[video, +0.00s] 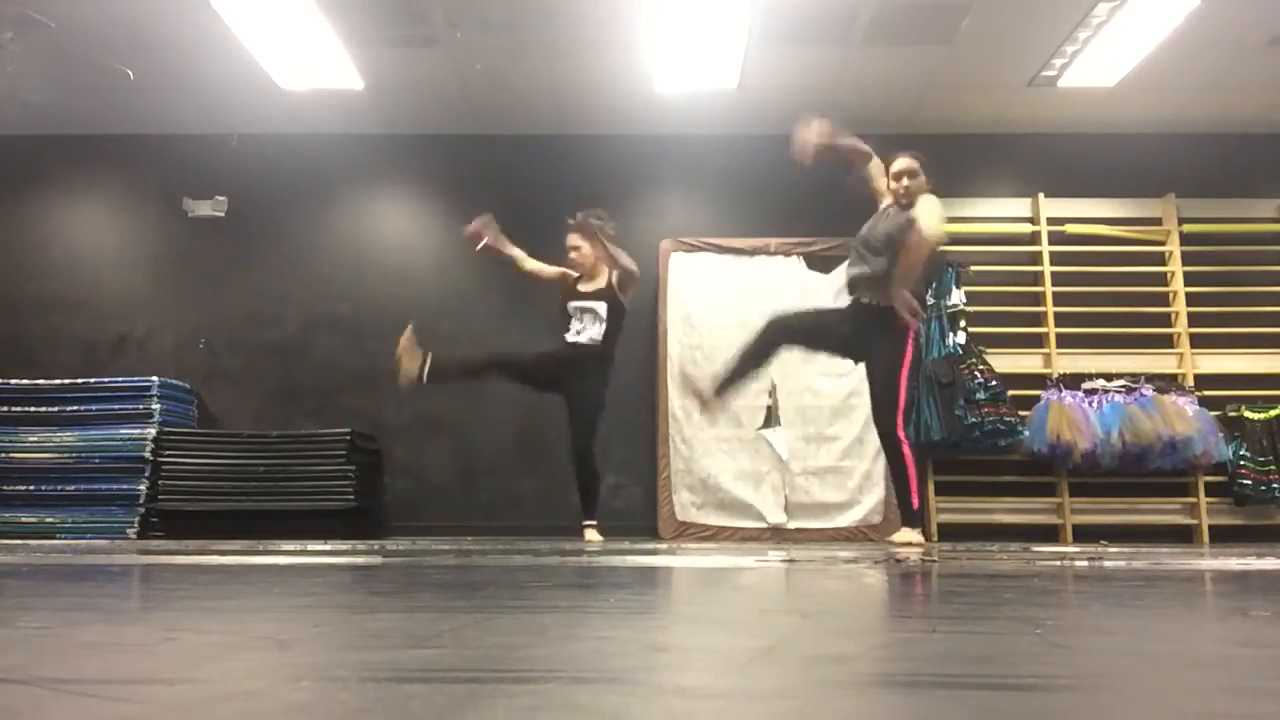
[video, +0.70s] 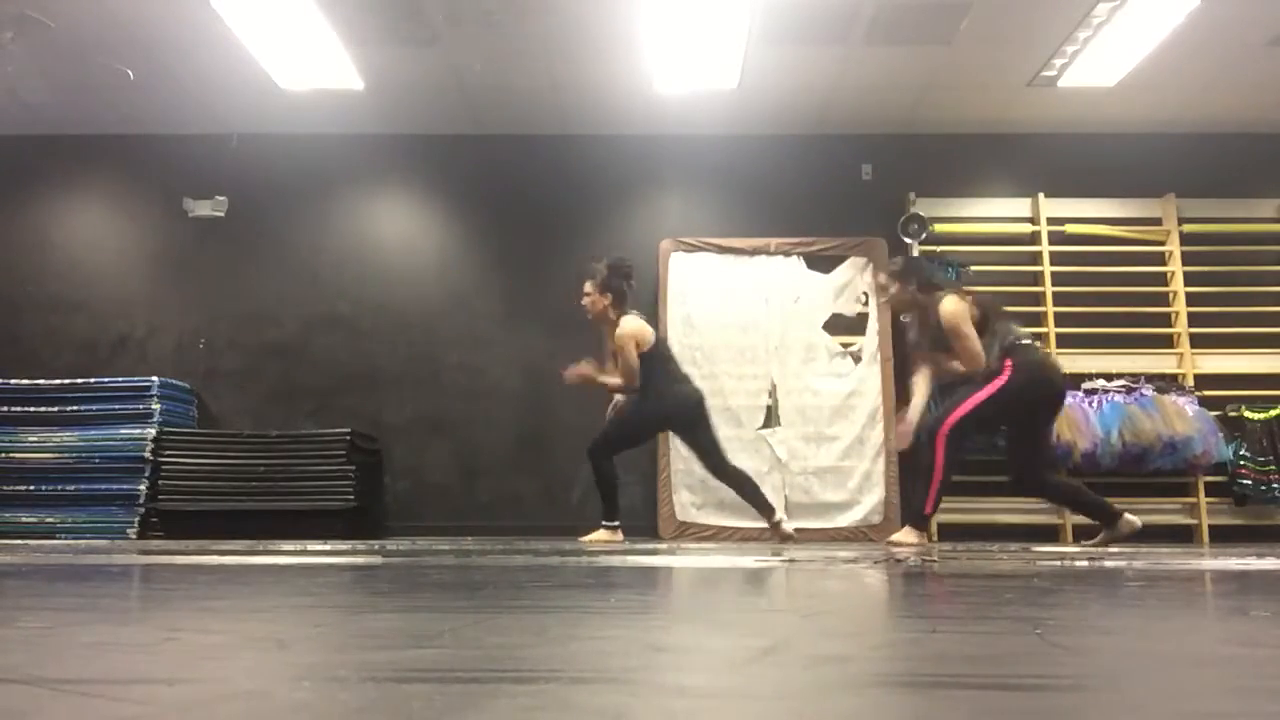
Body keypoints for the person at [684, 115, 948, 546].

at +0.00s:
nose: (903, 182)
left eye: (911, 175)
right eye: (896, 177)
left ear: (924, 180)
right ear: (887, 182)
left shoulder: (926, 208)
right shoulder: (888, 202)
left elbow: (928, 238)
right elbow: (867, 158)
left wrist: (901, 287)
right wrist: (827, 136)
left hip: (893, 326)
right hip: (858, 320)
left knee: (890, 424)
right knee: (780, 327)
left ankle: (914, 527)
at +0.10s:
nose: (899, 180)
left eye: (907, 173)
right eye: (894, 175)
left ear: (923, 181)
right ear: (883, 182)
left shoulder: (925, 217)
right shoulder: (879, 212)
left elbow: (919, 192)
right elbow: (861, 170)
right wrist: (848, 123)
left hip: (901, 326)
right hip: (866, 315)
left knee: (891, 425)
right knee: (800, 288)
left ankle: (914, 528)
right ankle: (716, 321)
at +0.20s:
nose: (890, 186)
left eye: (898, 179)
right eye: (884, 182)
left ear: (914, 185)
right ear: (881, 191)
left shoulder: (923, 221)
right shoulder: (886, 227)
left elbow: (881, 183)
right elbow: (847, 202)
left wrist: (819, 187)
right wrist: (855, 148)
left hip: (914, 333)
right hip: (878, 321)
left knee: (887, 423)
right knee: (819, 286)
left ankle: (913, 527)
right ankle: (729, 296)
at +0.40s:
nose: (863, 250)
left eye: (869, 240)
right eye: (860, 243)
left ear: (894, 237)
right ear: (861, 246)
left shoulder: (914, 263)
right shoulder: (879, 280)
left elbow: (872, 295)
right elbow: (846, 326)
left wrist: (839, 254)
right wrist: (843, 272)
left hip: (962, 367)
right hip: (921, 372)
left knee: (903, 433)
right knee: (861, 404)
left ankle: (914, 530)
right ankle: (905, 457)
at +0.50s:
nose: (856, 273)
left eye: (860, 264)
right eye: (854, 266)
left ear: (886, 262)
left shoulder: (912, 284)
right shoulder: (887, 305)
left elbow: (918, 344)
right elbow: (900, 375)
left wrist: (864, 336)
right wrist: (861, 362)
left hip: (979, 371)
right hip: (949, 379)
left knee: (916, 433)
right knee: (934, 467)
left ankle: (914, 530)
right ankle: (1018, 489)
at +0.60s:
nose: (861, 293)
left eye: (866, 285)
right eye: (859, 285)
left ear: (890, 282)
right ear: (881, 286)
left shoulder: (929, 303)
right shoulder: (896, 318)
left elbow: (959, 359)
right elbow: (914, 376)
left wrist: (903, 366)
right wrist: (894, 410)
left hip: (998, 372)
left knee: (923, 435)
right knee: (999, 487)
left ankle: (914, 530)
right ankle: (1092, 504)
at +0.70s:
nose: (886, 296)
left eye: (890, 287)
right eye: (885, 288)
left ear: (912, 285)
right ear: (911, 286)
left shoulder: (948, 306)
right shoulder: (921, 317)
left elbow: (976, 364)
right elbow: (922, 367)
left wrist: (934, 364)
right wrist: (911, 417)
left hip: (1023, 372)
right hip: (1044, 375)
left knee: (941, 430)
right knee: (1029, 475)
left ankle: (917, 528)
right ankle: (1115, 520)